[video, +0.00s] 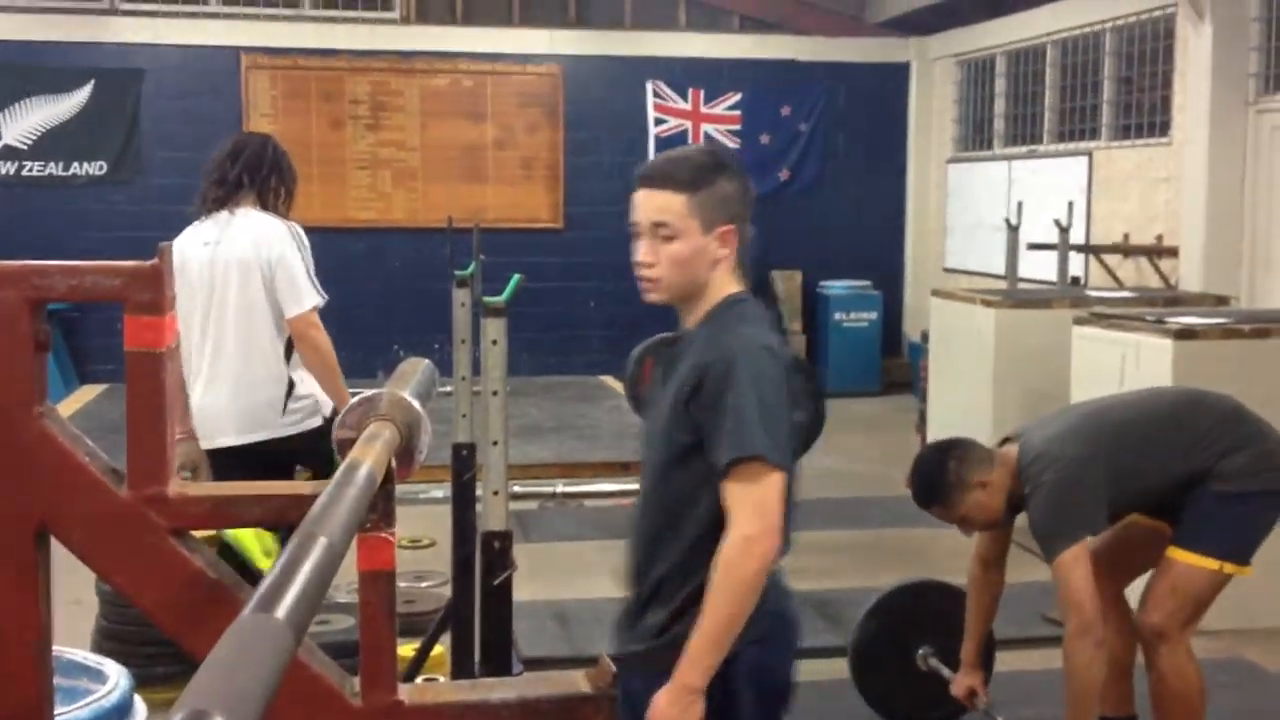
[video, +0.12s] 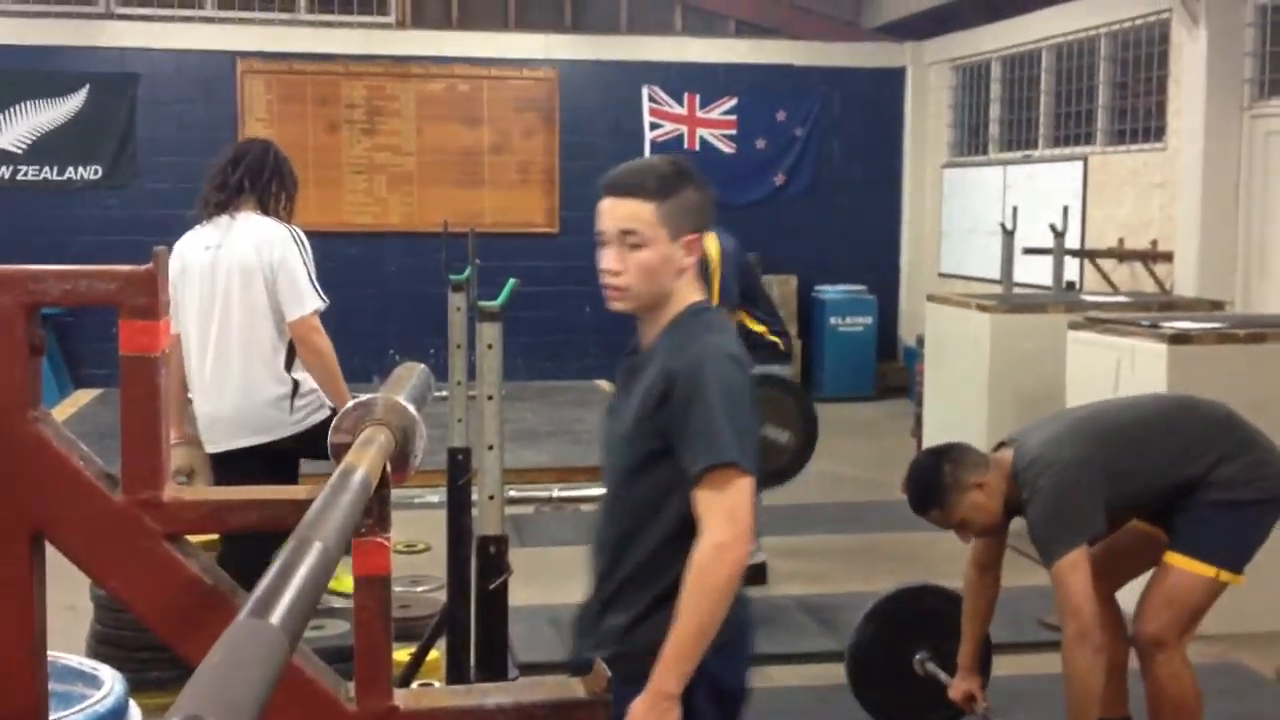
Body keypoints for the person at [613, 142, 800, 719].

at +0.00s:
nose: (641, 254)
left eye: (663, 236)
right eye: (637, 235)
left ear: (722, 244)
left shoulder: (743, 351)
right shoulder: (704, 340)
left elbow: (756, 535)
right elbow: (697, 516)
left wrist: (687, 686)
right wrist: (646, 649)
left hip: (716, 664)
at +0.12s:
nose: (607, 262)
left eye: (631, 244)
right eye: (602, 243)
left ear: (688, 252)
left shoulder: (706, 358)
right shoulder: (658, 347)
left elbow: (728, 538)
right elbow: (656, 523)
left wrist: (663, 691)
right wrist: (611, 657)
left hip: (678, 673)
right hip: (635, 662)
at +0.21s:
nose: (590, 263)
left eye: (614, 243)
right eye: (582, 243)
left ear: (669, 254)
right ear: (572, 246)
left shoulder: (677, 361)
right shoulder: (621, 355)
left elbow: (703, 534)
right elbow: (622, 521)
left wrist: (643, 693)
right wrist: (584, 661)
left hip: (642, 680)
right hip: (597, 666)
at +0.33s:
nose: (549, 266)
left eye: (572, 245)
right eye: (538, 246)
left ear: (621, 256)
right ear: (526, 254)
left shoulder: (631, 363)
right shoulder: (569, 360)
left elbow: (663, 535)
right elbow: (550, 518)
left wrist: (596, 680)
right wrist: (501, 622)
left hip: (589, 671)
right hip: (542, 662)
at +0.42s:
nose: (498, 273)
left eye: (520, 252)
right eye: (488, 256)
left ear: (576, 255)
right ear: (480, 261)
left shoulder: (597, 361)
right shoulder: (530, 361)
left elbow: (640, 533)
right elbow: (503, 514)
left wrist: (561, 675)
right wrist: (442, 625)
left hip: (567, 657)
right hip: (510, 644)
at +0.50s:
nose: (439, 288)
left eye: (457, 264)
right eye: (433, 269)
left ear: (520, 258)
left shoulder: (558, 359)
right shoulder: (491, 359)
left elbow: (616, 525)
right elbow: (462, 499)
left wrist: (520, 658)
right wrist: (390, 618)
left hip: (540, 670)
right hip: (476, 655)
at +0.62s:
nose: (366, 308)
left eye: (378, 285)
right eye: (366, 287)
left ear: (435, 276)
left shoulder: (492, 371)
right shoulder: (447, 368)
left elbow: (564, 530)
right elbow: (409, 517)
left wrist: (453, 640)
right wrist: (323, 618)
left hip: (489, 672)